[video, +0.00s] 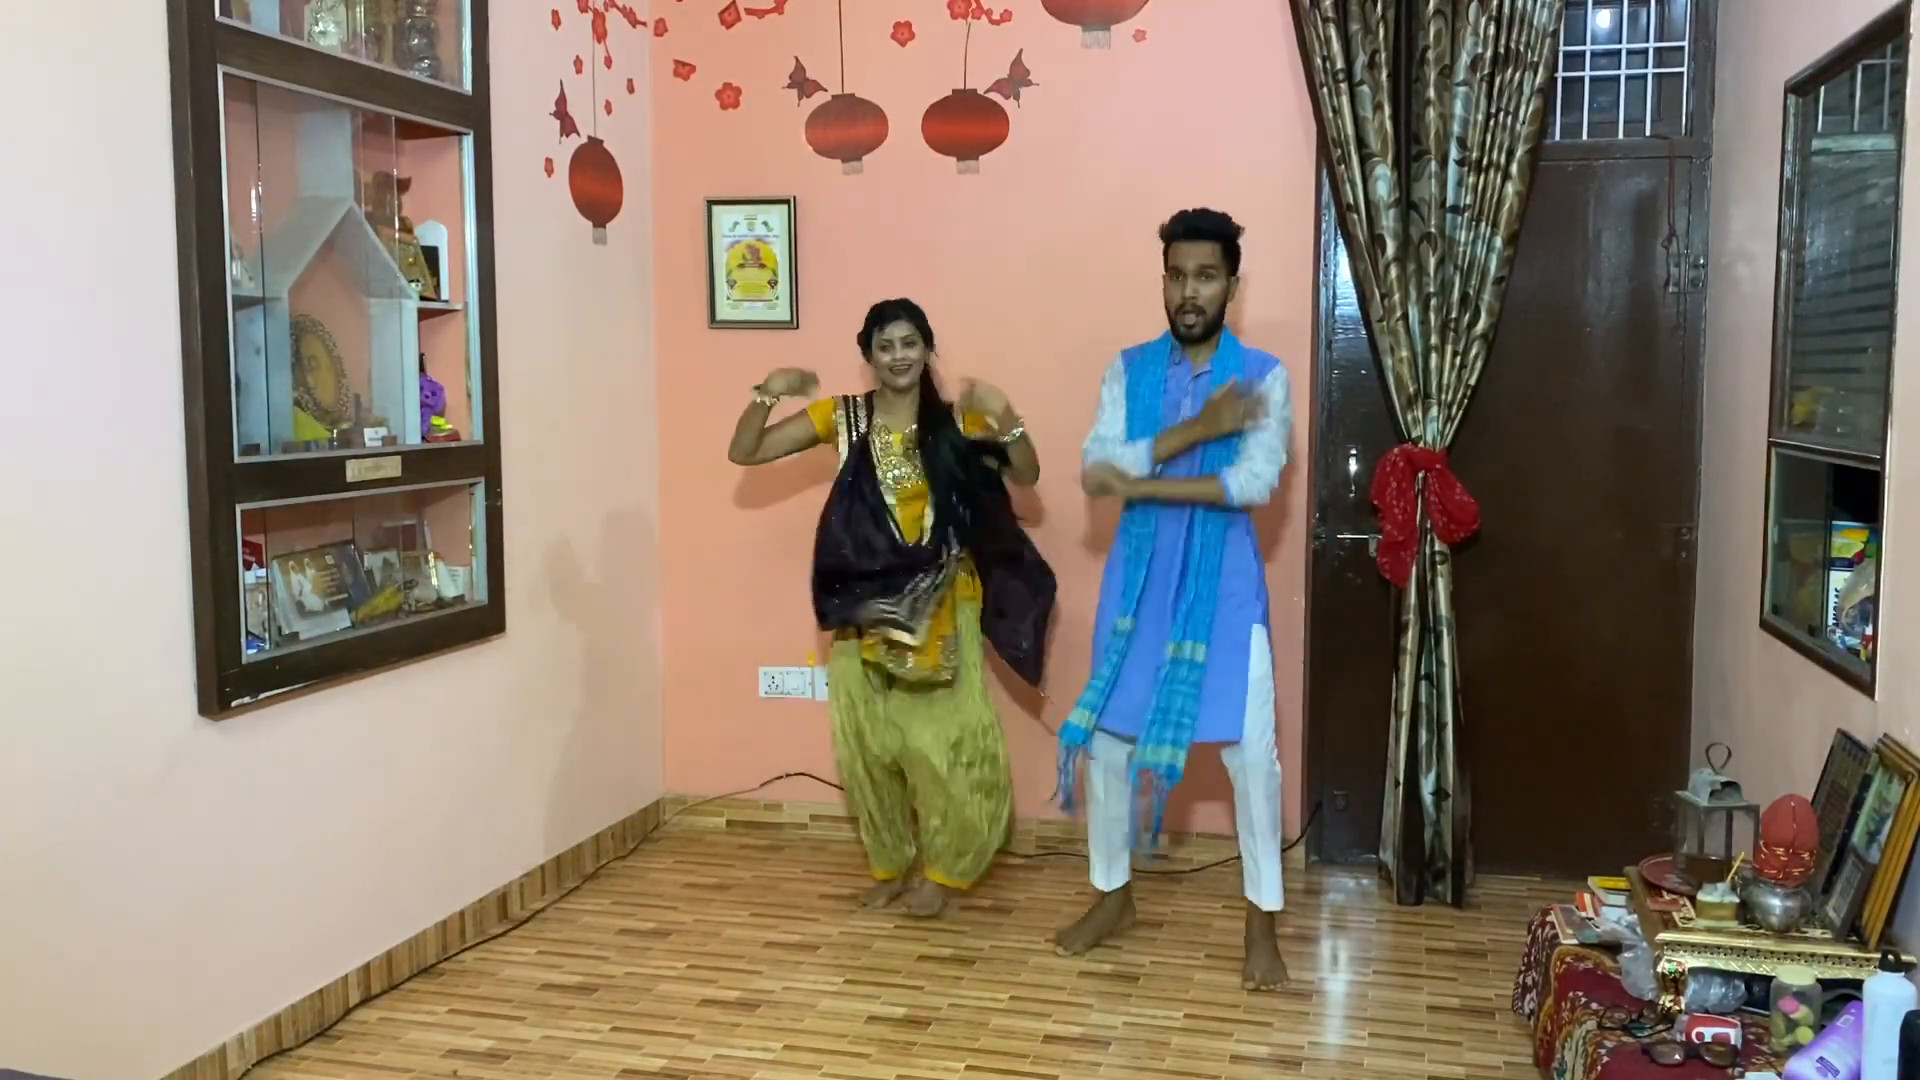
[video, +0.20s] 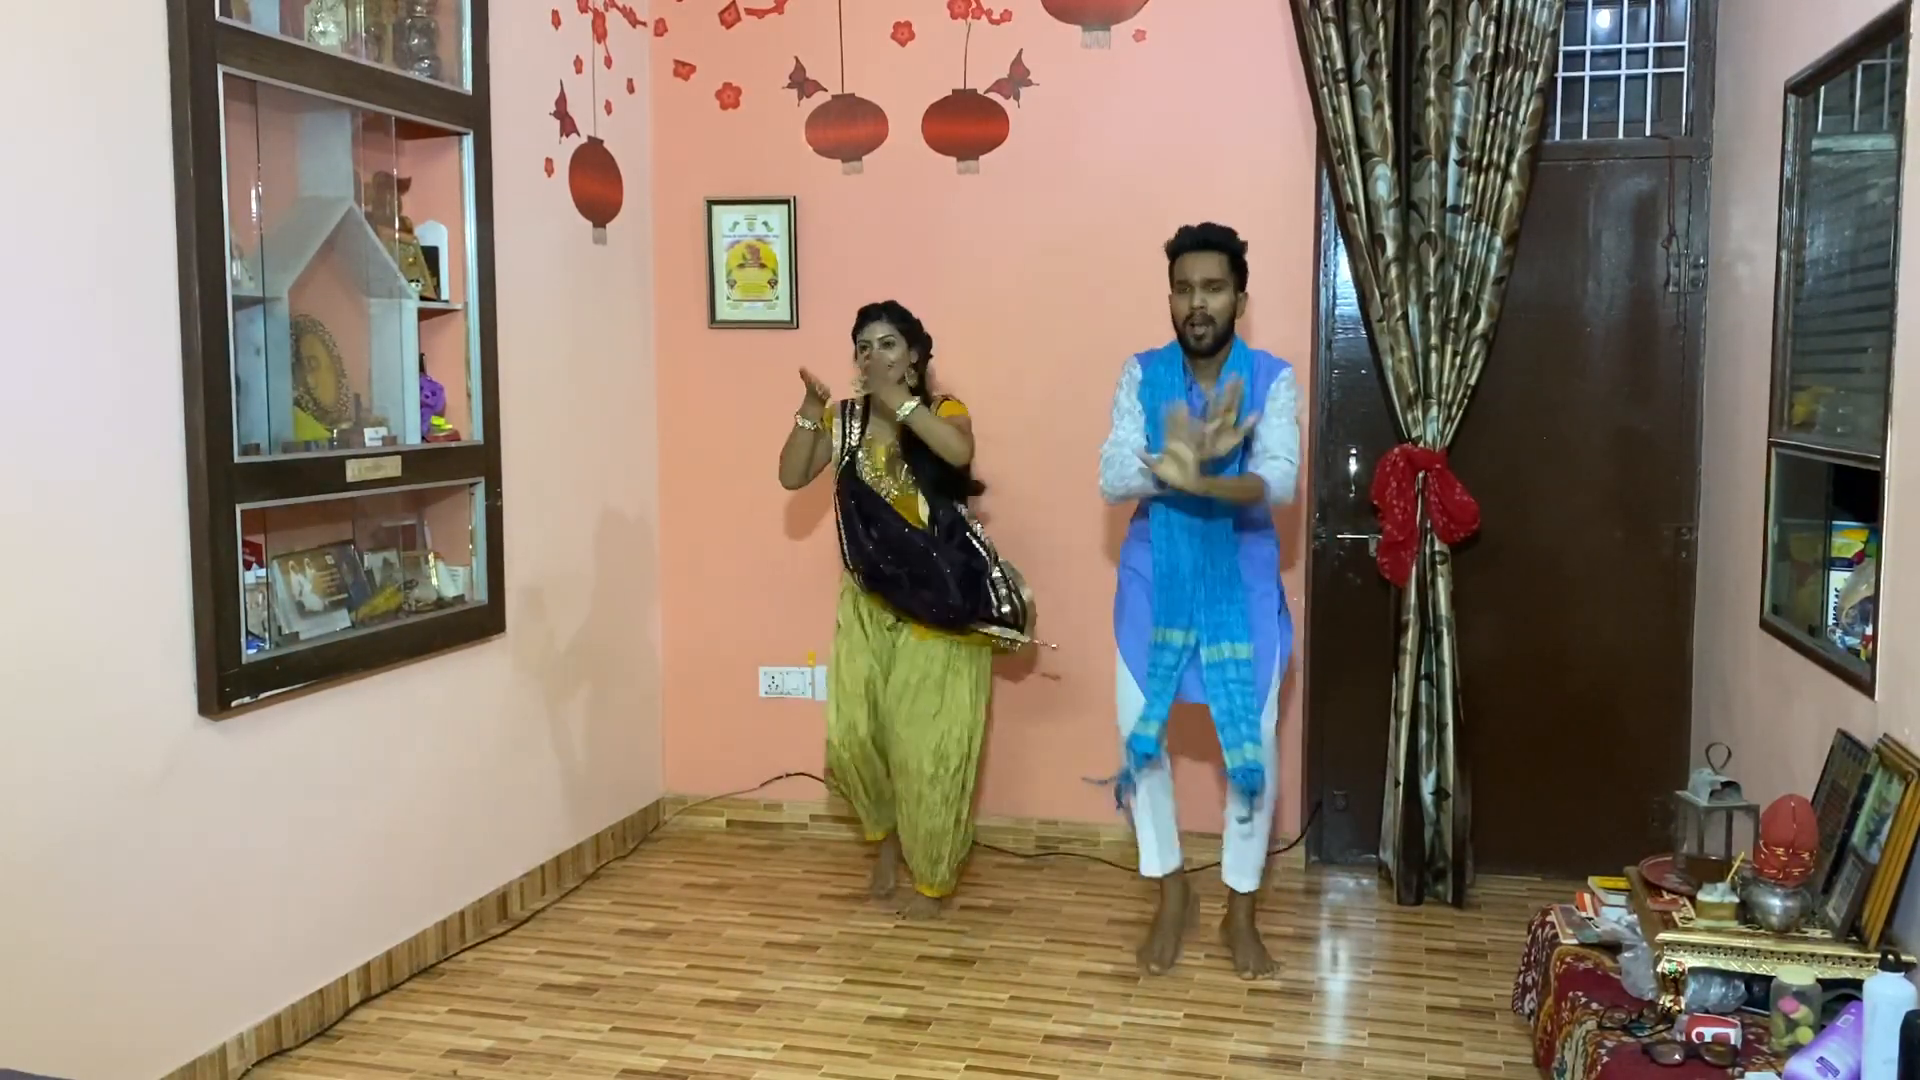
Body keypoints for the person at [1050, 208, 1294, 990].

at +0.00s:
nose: (1190, 291)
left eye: (1206, 276)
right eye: (1177, 275)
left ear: (1233, 284)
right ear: (1161, 282)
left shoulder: (1262, 375)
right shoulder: (1130, 369)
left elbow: (1252, 483)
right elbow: (1096, 471)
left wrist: (1136, 486)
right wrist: (1200, 428)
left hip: (1226, 585)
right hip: (1141, 583)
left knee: (1250, 747)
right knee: (1108, 738)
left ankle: (1262, 917)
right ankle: (1111, 893)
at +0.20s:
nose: (1196, 305)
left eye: (1212, 289)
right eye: (1184, 290)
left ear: (1240, 296)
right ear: (1169, 296)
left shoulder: (1271, 378)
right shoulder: (1143, 373)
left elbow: (1275, 483)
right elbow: (1114, 475)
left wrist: (1189, 479)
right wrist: (1187, 457)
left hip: (1242, 582)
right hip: (1154, 580)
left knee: (1249, 750)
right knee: (1138, 735)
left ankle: (1241, 907)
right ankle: (1170, 890)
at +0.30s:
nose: (1192, 350)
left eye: (1209, 335)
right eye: (1181, 335)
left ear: (1241, 339)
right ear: (1169, 339)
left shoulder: (1280, 417)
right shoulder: (1145, 414)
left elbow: (1320, 501)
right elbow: (1085, 517)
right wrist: (1106, 486)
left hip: (1252, 598)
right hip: (1162, 601)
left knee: (1297, 749)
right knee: (1162, 760)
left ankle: (1254, 895)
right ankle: (1179, 913)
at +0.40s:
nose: (1184, 380)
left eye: (1201, 365)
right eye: (1176, 365)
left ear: (1242, 367)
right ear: (1170, 365)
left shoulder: (1291, 438)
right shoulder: (1151, 438)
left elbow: (1353, 508)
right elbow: (1078, 521)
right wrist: (1045, 505)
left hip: (1262, 606)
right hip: (1172, 607)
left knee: (1295, 756)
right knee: (1153, 751)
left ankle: (1281, 887)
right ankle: (1173, 909)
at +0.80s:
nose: (1169, 326)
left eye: (1180, 313)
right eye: (1171, 311)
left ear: (1228, 321)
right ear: (1211, 319)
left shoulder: (1303, 395)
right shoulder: (1179, 394)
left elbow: (1380, 452)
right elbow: (1131, 456)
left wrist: (1471, 477)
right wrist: (1091, 440)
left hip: (1275, 593)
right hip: (1196, 590)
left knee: (1283, 749)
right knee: (1174, 739)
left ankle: (1278, 891)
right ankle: (1210, 866)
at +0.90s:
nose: (1168, 305)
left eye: (1179, 291)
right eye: (1169, 291)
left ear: (1225, 297)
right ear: (1214, 298)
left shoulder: (1293, 367)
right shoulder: (1187, 368)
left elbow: (1405, 423)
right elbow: (1158, 435)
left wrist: (1430, 535)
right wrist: (1124, 499)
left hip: (1279, 579)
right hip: (1202, 574)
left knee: (1288, 739)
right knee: (1176, 726)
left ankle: (1314, 889)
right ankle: (1218, 864)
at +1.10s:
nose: (1169, 326)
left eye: (1180, 313)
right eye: (1171, 312)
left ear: (1226, 317)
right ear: (1209, 316)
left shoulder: (1285, 396)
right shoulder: (1202, 400)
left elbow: (1309, 507)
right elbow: (1202, 502)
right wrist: (1153, 556)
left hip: (1278, 608)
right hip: (1205, 600)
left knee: (1283, 773)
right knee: (1129, 693)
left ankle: (1344, 912)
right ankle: (1206, 836)